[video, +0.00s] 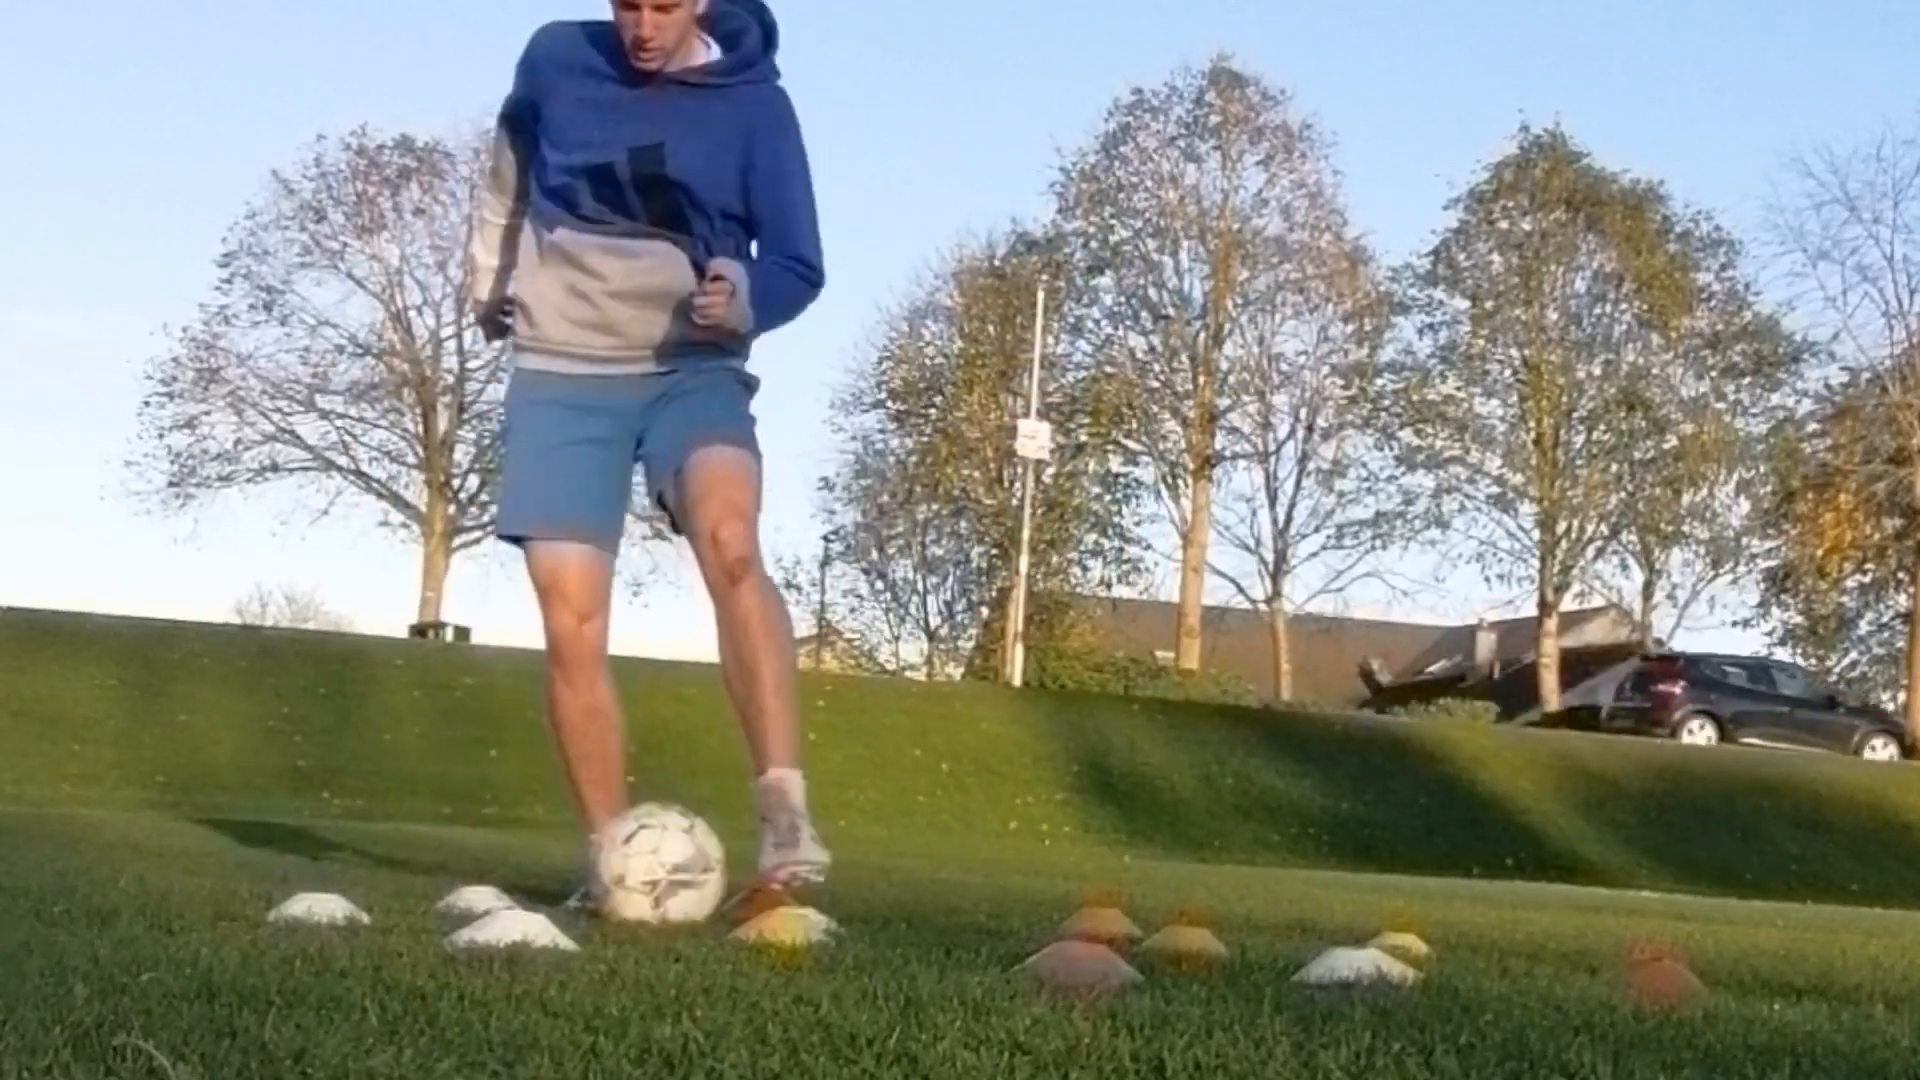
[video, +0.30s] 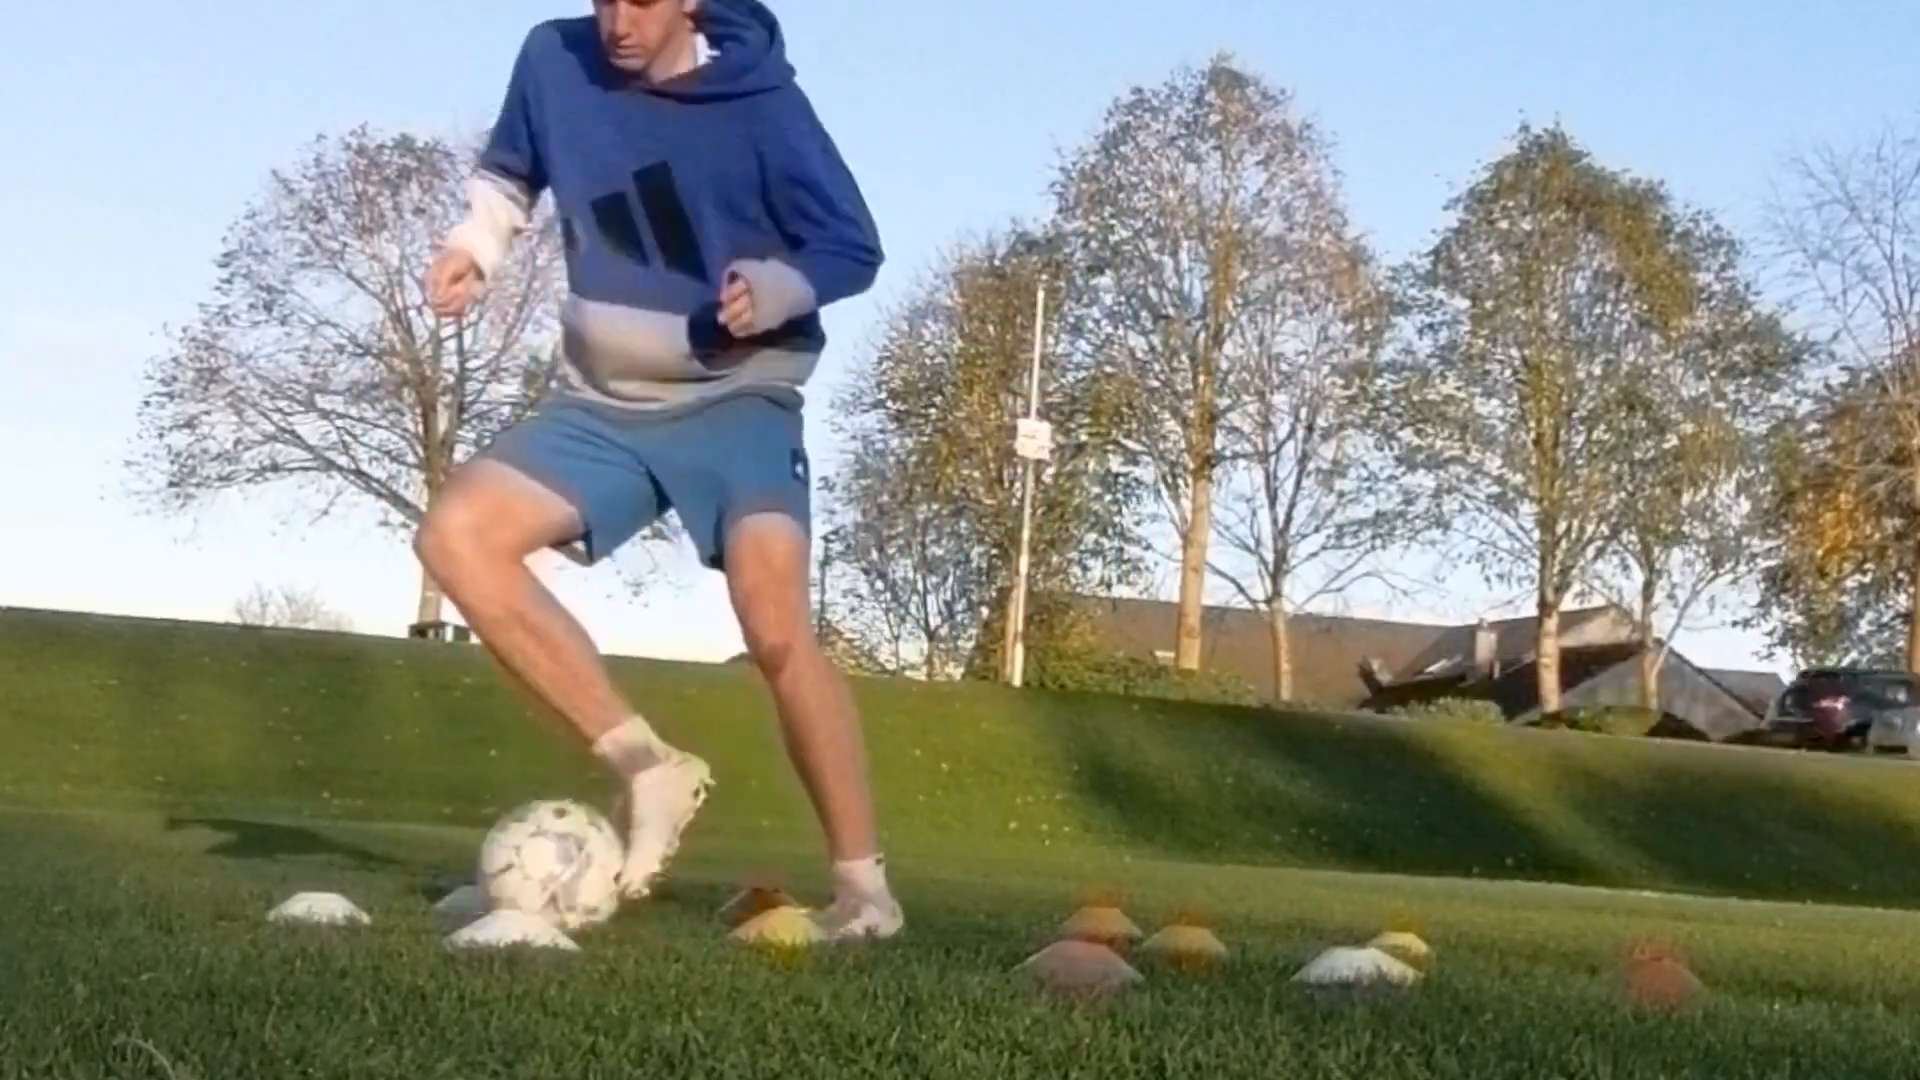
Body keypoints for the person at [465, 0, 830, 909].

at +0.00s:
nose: (641, 26)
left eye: (662, 9)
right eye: (627, 7)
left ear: (701, 3)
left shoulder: (754, 100)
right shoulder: (557, 56)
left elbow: (796, 263)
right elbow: (509, 155)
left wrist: (747, 302)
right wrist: (490, 271)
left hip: (692, 381)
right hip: (559, 384)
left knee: (734, 550)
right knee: (570, 625)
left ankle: (785, 821)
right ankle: (612, 872)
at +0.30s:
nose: (614, 21)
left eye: (638, 4)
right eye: (604, 1)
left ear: (690, 5)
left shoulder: (760, 98)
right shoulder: (555, 59)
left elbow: (850, 246)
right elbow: (511, 172)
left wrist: (776, 285)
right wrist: (475, 245)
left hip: (736, 410)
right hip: (593, 408)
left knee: (776, 629)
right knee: (458, 537)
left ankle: (864, 888)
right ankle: (648, 766)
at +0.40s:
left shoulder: (739, 40)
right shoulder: (532, 5)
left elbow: (822, 171)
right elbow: (475, 46)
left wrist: (820, 218)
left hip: (672, 360)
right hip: (534, 362)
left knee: (717, 604)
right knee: (495, 583)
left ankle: (824, 869)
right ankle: (647, 854)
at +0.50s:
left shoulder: (714, 10)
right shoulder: (484, 0)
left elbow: (798, 85)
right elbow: (413, 27)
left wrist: (841, 123)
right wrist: (376, 33)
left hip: (621, 311)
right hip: (475, 297)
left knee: (609, 554)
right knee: (368, 510)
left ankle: (619, 796)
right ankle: (498, 764)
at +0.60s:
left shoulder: (656, 9)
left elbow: (720, 91)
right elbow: (330, 59)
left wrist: (786, 119)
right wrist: (274, 129)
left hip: (570, 312)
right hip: (416, 283)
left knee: (518, 602)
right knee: (248, 482)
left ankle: (504, 871)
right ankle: (207, 775)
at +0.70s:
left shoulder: (637, 12)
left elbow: (754, 94)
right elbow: (256, 27)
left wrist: (749, 51)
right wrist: (164, 126)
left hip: (487, 314)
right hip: (333, 255)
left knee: (479, 594)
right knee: (156, 432)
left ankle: (496, 874)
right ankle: (107, 739)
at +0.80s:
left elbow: (663, 94)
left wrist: (580, 25)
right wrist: (95, 25)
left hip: (421, 286)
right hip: (264, 220)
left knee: (419, 575)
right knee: (127, 442)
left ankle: (429, 856)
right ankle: (18, 767)